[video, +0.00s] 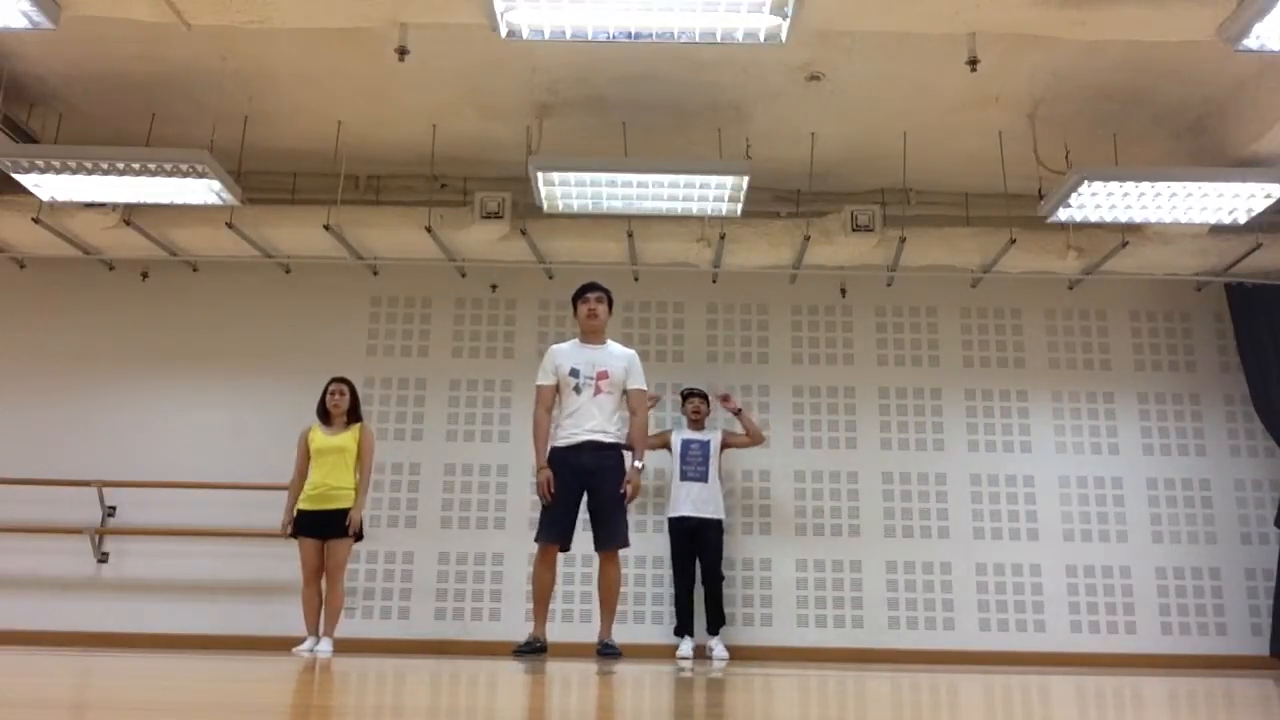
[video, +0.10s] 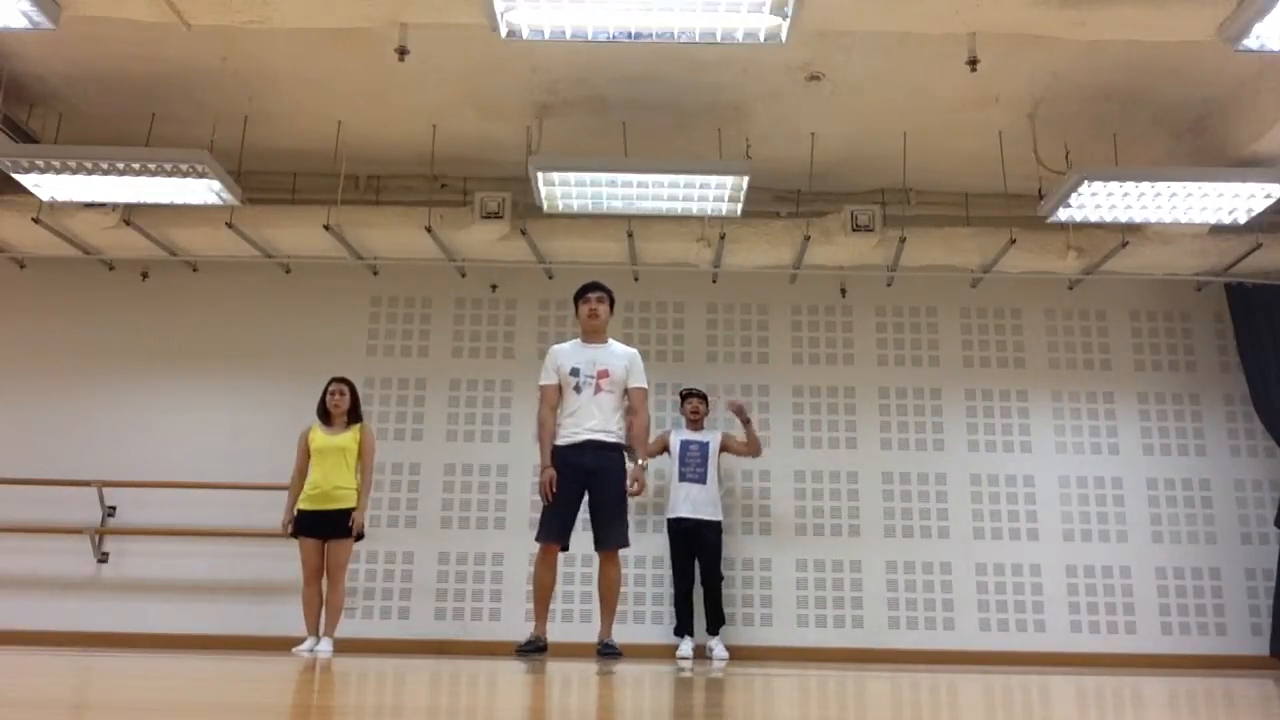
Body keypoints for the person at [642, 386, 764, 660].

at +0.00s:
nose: (695, 407)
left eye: (700, 404)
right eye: (691, 404)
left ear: (708, 409)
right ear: (683, 410)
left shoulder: (718, 437)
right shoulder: (672, 436)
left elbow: (756, 438)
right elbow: (636, 443)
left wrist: (736, 410)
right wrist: (643, 410)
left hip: (710, 516)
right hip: (680, 516)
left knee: (713, 578)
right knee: (683, 580)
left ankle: (714, 638)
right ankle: (685, 639)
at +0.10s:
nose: (694, 408)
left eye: (699, 404)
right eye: (689, 404)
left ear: (706, 409)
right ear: (682, 410)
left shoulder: (717, 438)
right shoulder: (671, 436)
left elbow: (754, 450)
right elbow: (642, 453)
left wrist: (745, 420)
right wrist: (631, 430)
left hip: (709, 518)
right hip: (679, 517)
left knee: (712, 579)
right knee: (683, 581)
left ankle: (714, 638)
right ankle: (685, 639)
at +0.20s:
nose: (693, 409)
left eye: (698, 405)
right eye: (688, 405)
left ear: (706, 410)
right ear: (681, 411)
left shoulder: (717, 442)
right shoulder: (669, 441)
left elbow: (741, 467)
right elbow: (650, 466)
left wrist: (753, 448)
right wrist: (639, 471)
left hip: (708, 520)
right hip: (678, 518)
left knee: (710, 579)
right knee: (682, 581)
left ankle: (713, 637)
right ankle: (685, 639)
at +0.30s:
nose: (693, 410)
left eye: (698, 406)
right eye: (688, 406)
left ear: (705, 411)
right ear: (681, 411)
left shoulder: (717, 443)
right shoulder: (669, 441)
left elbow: (727, 478)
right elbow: (654, 476)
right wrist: (639, 491)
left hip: (707, 520)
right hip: (677, 518)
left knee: (709, 579)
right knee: (681, 581)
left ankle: (712, 636)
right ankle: (685, 638)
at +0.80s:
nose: (701, 414)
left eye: (706, 409)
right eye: (696, 409)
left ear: (713, 411)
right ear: (687, 411)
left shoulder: (725, 442)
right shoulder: (676, 442)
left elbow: (739, 480)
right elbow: (659, 476)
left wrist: (754, 511)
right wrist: (643, 504)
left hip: (715, 520)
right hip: (683, 520)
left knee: (730, 573)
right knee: (684, 582)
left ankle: (753, 629)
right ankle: (685, 638)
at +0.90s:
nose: (707, 414)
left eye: (712, 409)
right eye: (702, 409)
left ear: (719, 410)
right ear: (693, 411)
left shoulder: (732, 441)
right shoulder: (682, 439)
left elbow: (753, 472)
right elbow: (660, 468)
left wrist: (780, 497)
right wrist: (643, 480)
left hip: (721, 521)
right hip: (689, 520)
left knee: (739, 572)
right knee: (687, 582)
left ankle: (768, 627)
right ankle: (685, 638)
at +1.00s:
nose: (715, 412)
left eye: (719, 406)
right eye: (710, 406)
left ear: (727, 409)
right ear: (700, 409)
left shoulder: (737, 439)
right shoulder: (690, 437)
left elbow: (759, 458)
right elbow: (673, 458)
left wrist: (779, 463)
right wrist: (655, 451)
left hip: (731, 519)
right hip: (699, 518)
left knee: (749, 574)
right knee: (692, 581)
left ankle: (777, 629)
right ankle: (685, 638)